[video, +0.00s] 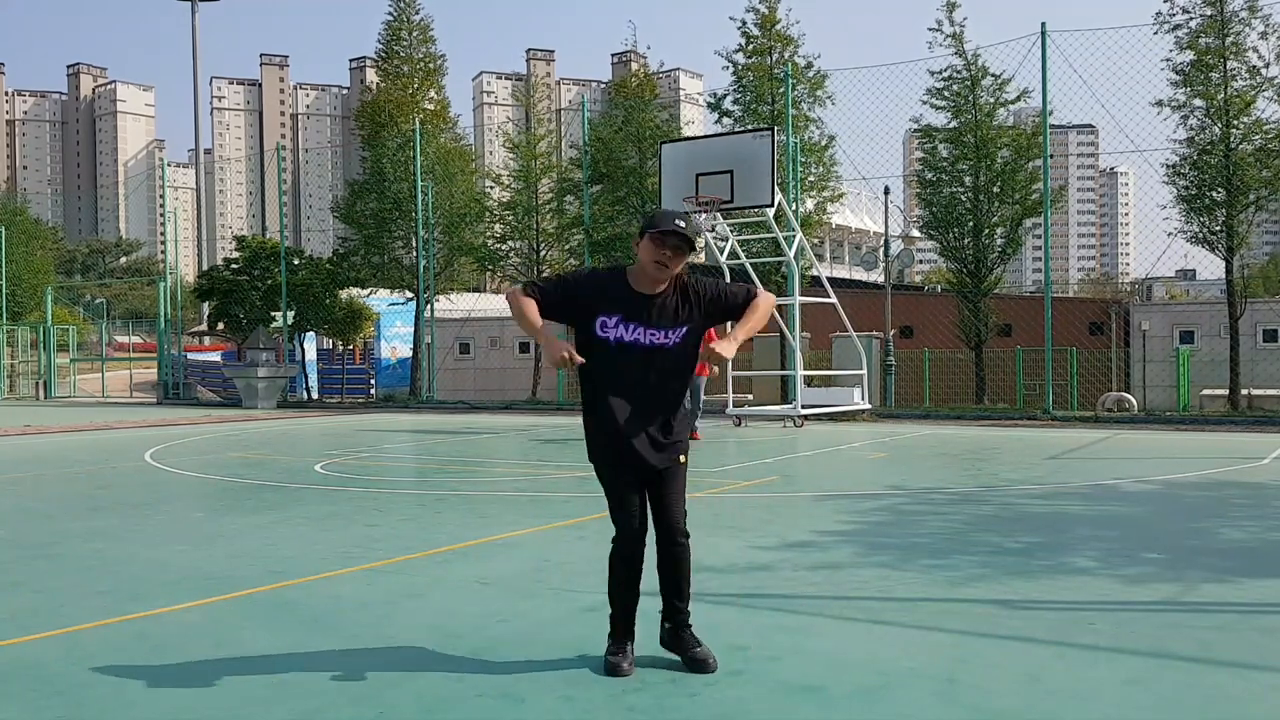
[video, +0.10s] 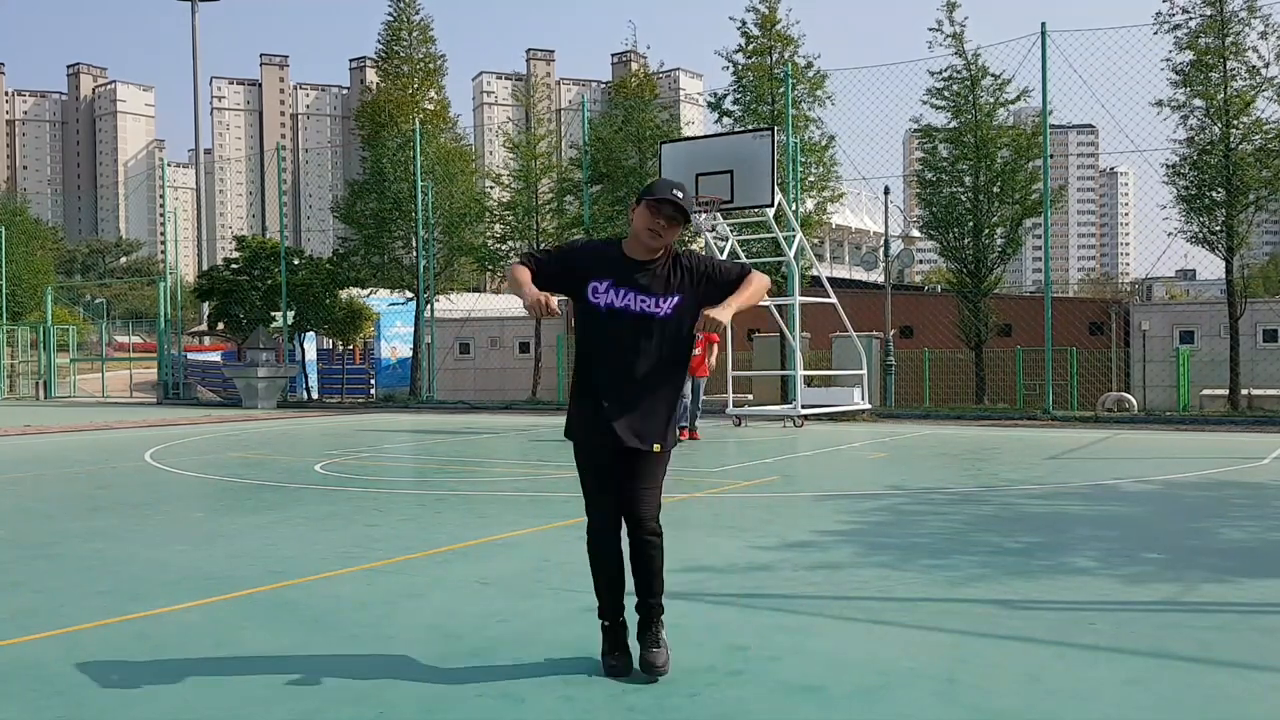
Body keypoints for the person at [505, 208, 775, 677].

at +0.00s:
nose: (667, 272)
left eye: (677, 264)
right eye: (659, 260)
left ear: (686, 261)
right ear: (638, 247)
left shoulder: (696, 295)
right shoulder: (597, 287)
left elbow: (764, 299)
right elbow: (521, 297)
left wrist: (734, 340)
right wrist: (545, 339)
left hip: (669, 436)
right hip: (613, 437)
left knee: (674, 532)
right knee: (631, 534)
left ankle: (677, 629)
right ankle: (621, 638)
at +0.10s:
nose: (660, 225)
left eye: (672, 222)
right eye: (655, 213)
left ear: (679, 231)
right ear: (634, 211)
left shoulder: (690, 270)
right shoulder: (590, 256)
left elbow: (761, 281)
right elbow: (520, 268)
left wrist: (728, 307)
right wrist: (530, 291)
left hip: (651, 421)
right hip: (593, 416)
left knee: (644, 522)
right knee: (602, 526)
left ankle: (652, 629)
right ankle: (612, 631)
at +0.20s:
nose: (652, 226)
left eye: (664, 221)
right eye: (646, 213)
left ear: (673, 231)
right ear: (627, 212)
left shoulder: (684, 273)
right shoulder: (586, 260)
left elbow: (756, 298)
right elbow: (521, 299)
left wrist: (716, 302)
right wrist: (532, 283)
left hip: (636, 428)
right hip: (577, 421)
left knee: (616, 536)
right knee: (569, 535)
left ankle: (630, 650)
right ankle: (591, 626)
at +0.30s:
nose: (640, 260)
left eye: (649, 251)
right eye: (631, 249)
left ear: (662, 252)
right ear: (612, 245)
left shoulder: (676, 296)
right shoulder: (585, 290)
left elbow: (736, 343)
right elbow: (533, 346)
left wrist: (687, 327)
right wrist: (547, 308)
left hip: (627, 450)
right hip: (570, 443)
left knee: (597, 554)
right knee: (547, 551)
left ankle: (622, 656)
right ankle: (570, 649)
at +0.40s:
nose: (624, 284)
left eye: (630, 273)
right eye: (612, 276)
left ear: (640, 267)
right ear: (587, 274)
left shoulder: (656, 311)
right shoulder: (573, 305)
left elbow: (697, 372)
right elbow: (546, 366)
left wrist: (637, 367)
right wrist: (561, 356)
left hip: (631, 454)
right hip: (578, 447)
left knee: (599, 553)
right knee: (557, 556)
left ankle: (626, 655)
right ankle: (574, 652)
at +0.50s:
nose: (603, 289)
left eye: (609, 278)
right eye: (590, 281)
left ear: (618, 275)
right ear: (565, 283)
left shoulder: (641, 317)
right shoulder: (555, 314)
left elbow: (699, 364)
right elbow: (552, 353)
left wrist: (631, 389)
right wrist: (557, 380)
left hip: (637, 445)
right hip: (585, 442)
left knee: (616, 540)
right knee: (570, 547)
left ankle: (628, 655)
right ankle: (574, 650)